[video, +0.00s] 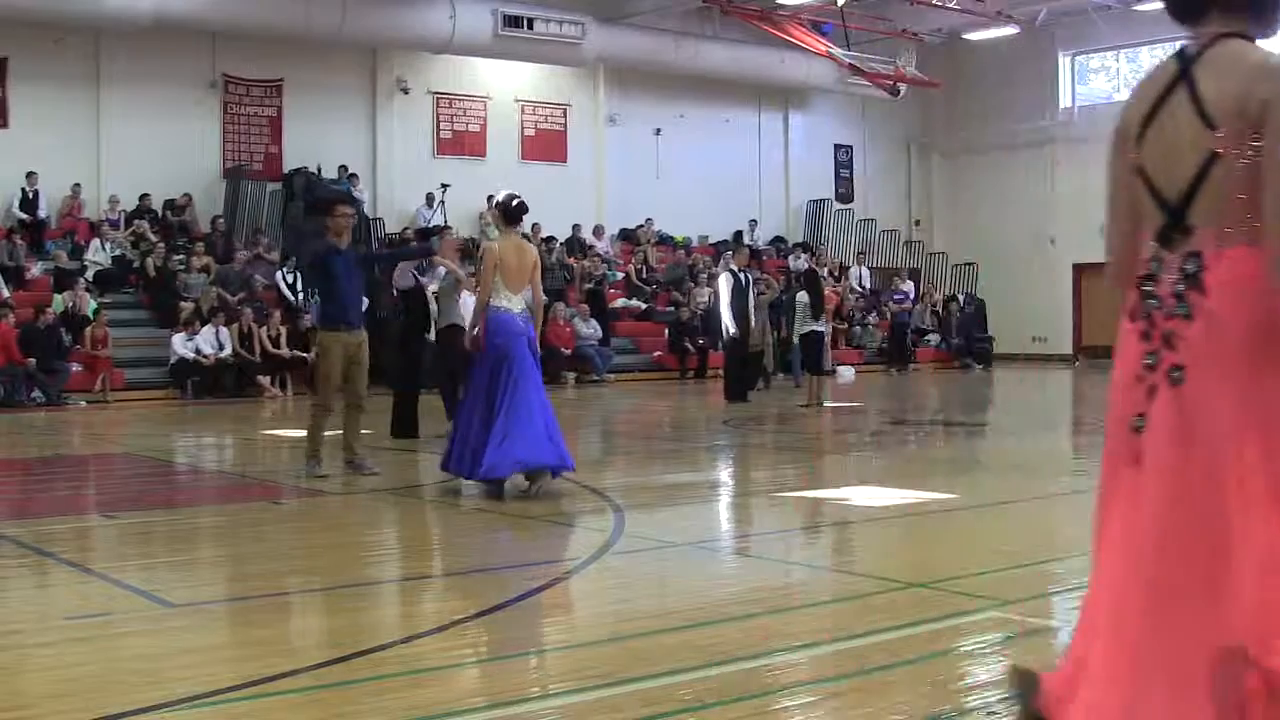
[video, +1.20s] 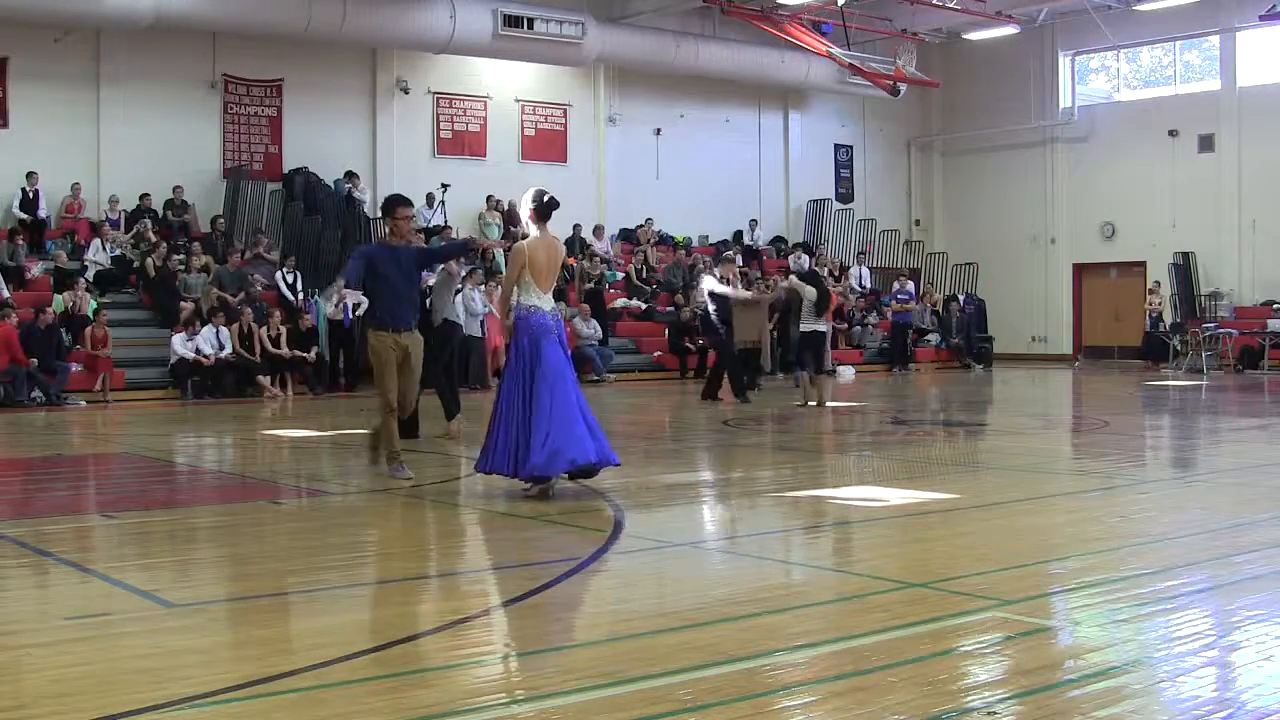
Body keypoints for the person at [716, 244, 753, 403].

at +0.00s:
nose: (747, 259)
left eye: (748, 256)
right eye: (745, 255)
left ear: (745, 257)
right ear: (736, 256)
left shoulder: (747, 277)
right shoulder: (725, 277)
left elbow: (751, 302)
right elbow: (724, 304)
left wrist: (752, 322)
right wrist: (731, 327)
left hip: (746, 321)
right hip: (733, 321)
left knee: (742, 358)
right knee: (732, 359)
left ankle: (741, 391)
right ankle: (731, 393)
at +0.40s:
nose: (746, 259)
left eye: (747, 256)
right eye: (743, 255)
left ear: (747, 258)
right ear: (735, 256)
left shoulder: (746, 277)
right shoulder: (725, 276)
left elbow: (749, 303)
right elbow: (717, 301)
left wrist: (751, 323)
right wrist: (714, 324)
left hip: (742, 320)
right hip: (728, 319)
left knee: (742, 355)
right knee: (732, 356)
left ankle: (741, 391)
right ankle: (733, 393)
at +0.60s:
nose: (748, 260)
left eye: (749, 257)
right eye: (745, 257)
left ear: (748, 259)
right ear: (736, 258)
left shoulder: (746, 276)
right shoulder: (726, 275)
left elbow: (748, 299)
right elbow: (710, 294)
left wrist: (752, 317)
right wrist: (697, 313)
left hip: (740, 319)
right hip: (728, 319)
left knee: (740, 355)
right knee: (732, 356)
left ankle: (740, 392)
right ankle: (734, 394)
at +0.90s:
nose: (749, 272)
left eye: (749, 268)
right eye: (747, 268)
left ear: (744, 267)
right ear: (737, 266)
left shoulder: (744, 285)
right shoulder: (724, 283)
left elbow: (753, 306)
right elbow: (717, 306)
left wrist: (763, 326)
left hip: (735, 326)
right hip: (724, 325)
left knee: (737, 359)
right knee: (732, 360)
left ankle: (718, 386)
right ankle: (735, 395)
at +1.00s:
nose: (745, 272)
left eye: (746, 270)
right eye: (743, 269)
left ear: (739, 269)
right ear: (734, 268)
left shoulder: (739, 284)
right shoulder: (719, 284)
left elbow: (747, 302)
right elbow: (729, 307)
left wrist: (754, 316)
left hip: (733, 323)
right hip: (721, 324)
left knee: (729, 359)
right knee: (731, 358)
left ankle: (712, 387)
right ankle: (736, 394)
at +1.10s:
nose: (737, 272)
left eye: (737, 269)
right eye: (735, 269)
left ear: (735, 269)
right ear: (726, 268)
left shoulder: (733, 281)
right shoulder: (713, 282)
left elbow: (739, 300)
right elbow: (730, 300)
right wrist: (751, 311)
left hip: (727, 322)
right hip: (716, 322)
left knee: (724, 356)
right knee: (730, 354)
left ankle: (710, 390)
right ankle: (739, 393)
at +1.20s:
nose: (734, 271)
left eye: (735, 268)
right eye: (732, 267)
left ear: (728, 266)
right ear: (724, 265)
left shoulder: (724, 281)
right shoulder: (709, 280)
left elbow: (737, 294)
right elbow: (729, 293)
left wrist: (735, 279)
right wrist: (752, 296)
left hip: (724, 321)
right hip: (712, 322)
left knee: (723, 356)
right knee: (729, 355)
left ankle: (710, 391)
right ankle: (740, 392)